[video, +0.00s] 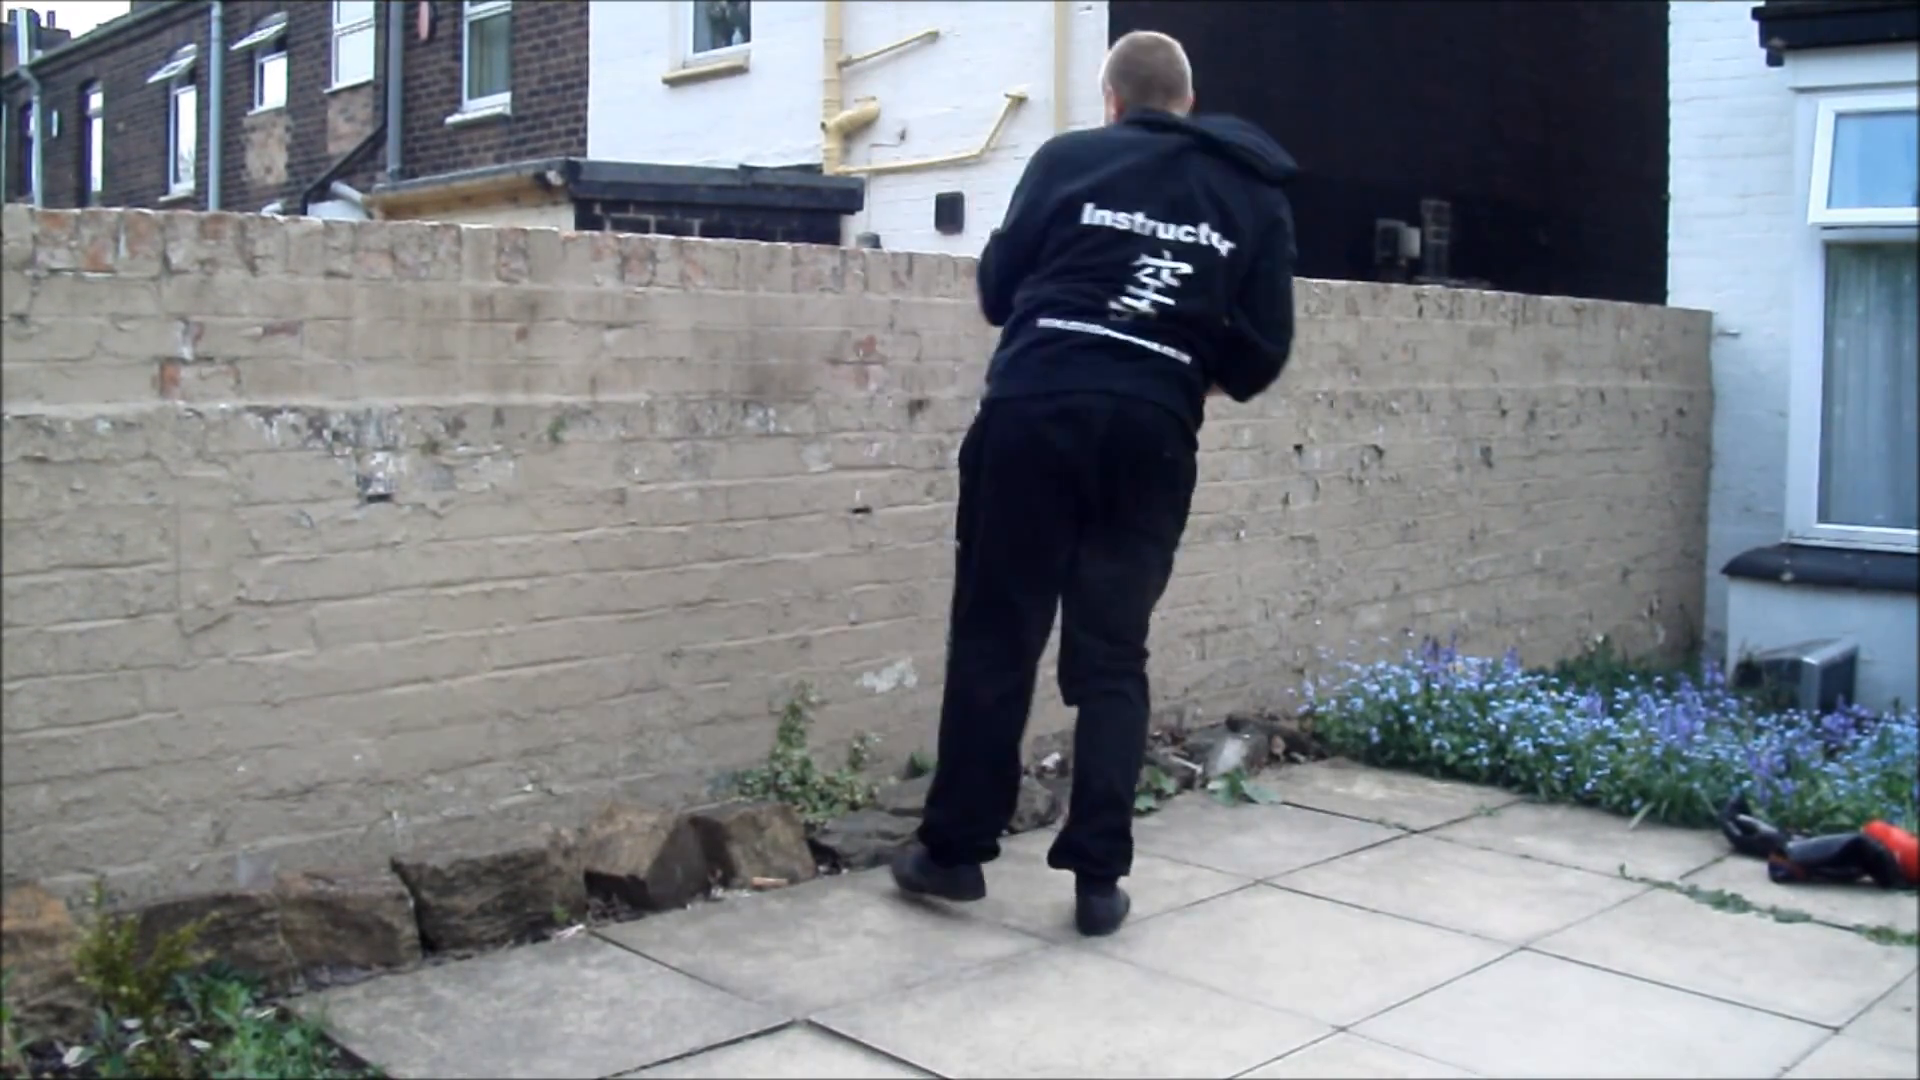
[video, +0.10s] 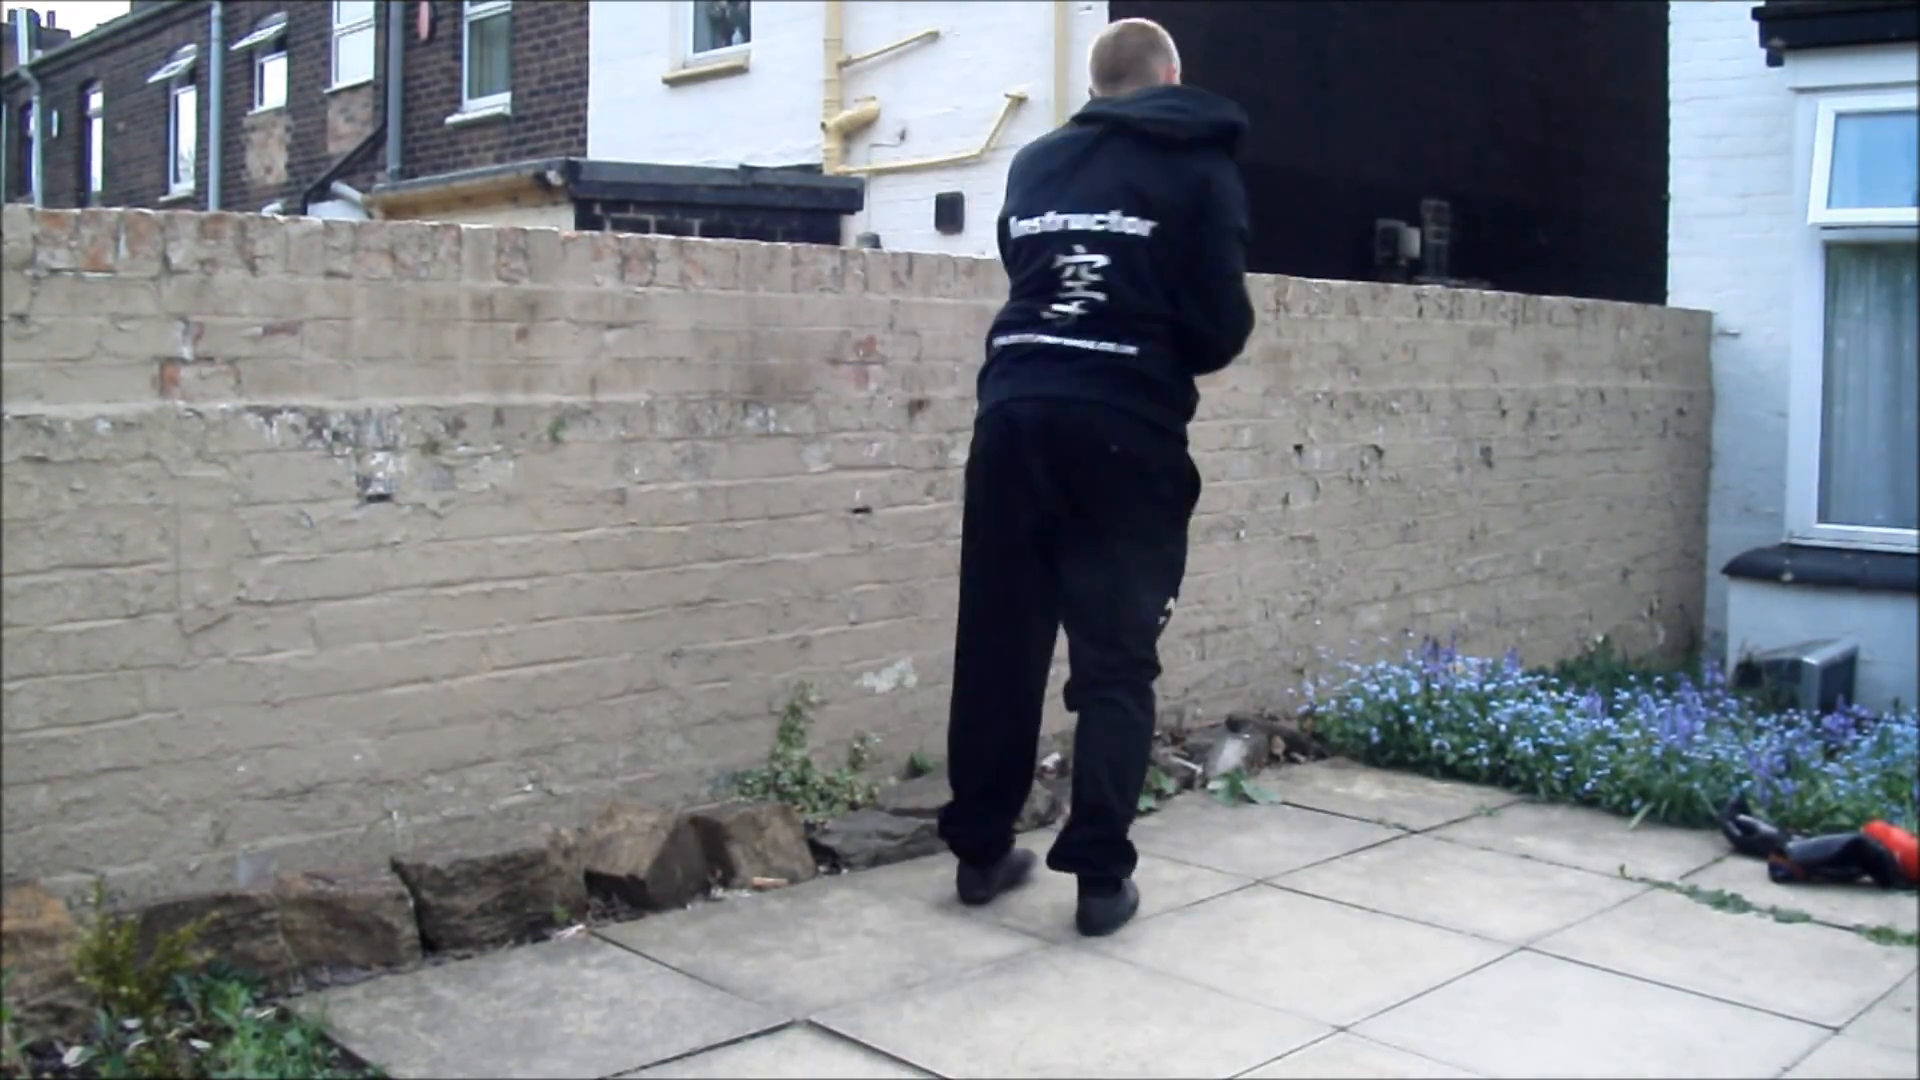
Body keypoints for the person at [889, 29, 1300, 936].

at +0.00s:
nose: (1102, 108)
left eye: (1102, 97)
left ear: (1110, 99)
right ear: (1195, 102)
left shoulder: (1066, 156)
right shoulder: (1255, 193)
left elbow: (998, 289)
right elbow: (1259, 357)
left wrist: (1077, 301)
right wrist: (1183, 346)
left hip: (1032, 407)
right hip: (1153, 425)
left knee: (992, 638)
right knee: (1112, 656)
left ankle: (952, 857)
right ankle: (1098, 882)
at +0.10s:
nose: (1183, 87)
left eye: (1171, 74)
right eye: (1180, 76)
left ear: (1092, 88)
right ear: (1172, 80)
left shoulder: (1035, 160)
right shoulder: (1201, 165)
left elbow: (1025, 271)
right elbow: (1221, 328)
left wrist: (1098, 315)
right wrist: (1155, 349)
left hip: (1013, 414)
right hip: (1128, 421)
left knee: (998, 642)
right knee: (1117, 659)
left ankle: (981, 855)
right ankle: (1100, 883)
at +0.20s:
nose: (1178, 101)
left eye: (1177, 85)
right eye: (1172, 83)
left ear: (1094, 81)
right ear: (1133, 80)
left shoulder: (1039, 160)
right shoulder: (1121, 164)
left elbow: (1111, 268)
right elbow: (1186, 314)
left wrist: (1176, 194)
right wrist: (1213, 252)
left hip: (1004, 438)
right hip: (1093, 448)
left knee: (1012, 653)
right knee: (1118, 670)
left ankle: (988, 858)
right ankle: (1102, 884)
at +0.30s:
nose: (1167, 72)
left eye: (1165, 55)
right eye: (1152, 50)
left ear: (1099, 62)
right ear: (1093, 55)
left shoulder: (1090, 152)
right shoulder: (1053, 149)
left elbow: (1200, 260)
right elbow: (1132, 263)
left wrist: (1191, 162)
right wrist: (1175, 175)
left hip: (1039, 426)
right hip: (1077, 434)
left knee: (1033, 638)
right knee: (1117, 647)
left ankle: (986, 845)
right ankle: (1075, 862)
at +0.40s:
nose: (1139, 48)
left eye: (1139, 33)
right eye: (1122, 31)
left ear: (1088, 43)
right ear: (1061, 40)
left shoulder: (1113, 140)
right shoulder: (1006, 135)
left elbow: (1217, 227)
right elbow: (1050, 252)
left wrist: (1170, 118)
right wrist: (1127, 150)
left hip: (1114, 415)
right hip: (1055, 412)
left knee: (1067, 629)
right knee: (1097, 632)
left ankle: (992, 811)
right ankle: (1023, 833)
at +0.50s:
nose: (1108, 70)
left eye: (1113, 53)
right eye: (1086, 55)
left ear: (1122, 68)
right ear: (1034, 74)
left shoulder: (1137, 173)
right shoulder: (991, 166)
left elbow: (1227, 260)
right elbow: (1005, 287)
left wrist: (1165, 156)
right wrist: (1089, 186)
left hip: (1130, 445)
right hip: (1044, 444)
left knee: (1098, 653)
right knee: (1057, 652)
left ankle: (1035, 834)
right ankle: (991, 856)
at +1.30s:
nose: (1256, 89)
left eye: (1274, 74)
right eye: (1243, 73)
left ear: (1305, 82)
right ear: (1222, 78)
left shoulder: (1346, 162)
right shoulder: (1176, 159)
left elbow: (1357, 291)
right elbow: (1127, 310)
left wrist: (1290, 184)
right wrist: (1154, 238)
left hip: (1306, 432)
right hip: (1196, 430)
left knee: (1302, 620)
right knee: (1183, 612)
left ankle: (1303, 797)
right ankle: (1167, 791)